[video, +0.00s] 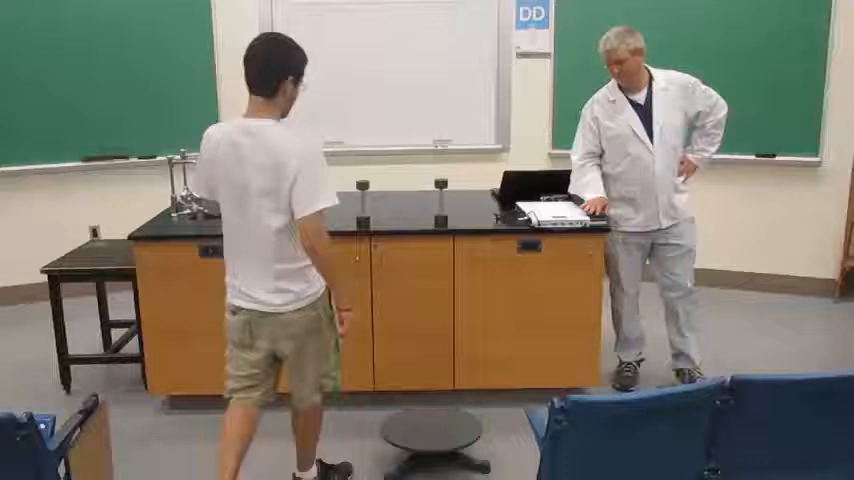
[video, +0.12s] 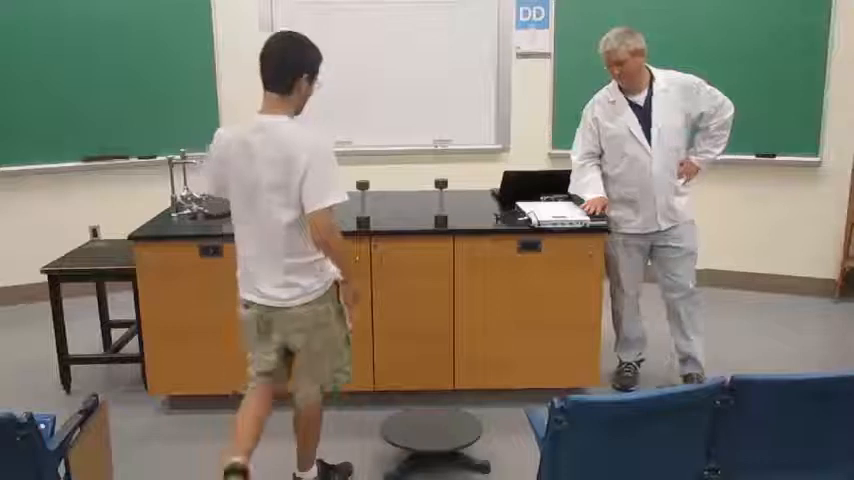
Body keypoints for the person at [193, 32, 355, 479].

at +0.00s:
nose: (299, 93)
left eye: (300, 83)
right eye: (298, 83)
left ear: (249, 79)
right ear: (287, 84)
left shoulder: (216, 138)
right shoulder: (298, 146)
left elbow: (210, 199)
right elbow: (313, 237)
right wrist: (338, 294)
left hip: (244, 300)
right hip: (298, 302)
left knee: (244, 397)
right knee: (308, 395)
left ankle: (226, 475)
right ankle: (306, 470)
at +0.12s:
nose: (313, 90)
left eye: (314, 80)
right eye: (313, 80)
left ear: (263, 77)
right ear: (302, 82)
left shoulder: (229, 140)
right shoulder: (308, 144)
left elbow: (215, 196)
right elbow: (322, 229)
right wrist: (349, 277)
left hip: (256, 292)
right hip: (307, 294)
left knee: (263, 379)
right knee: (309, 390)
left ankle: (237, 459)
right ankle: (306, 471)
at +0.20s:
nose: (313, 90)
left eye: (314, 80)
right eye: (313, 80)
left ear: (263, 76)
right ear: (301, 82)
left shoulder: (229, 138)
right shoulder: (308, 143)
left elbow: (215, 196)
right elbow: (322, 229)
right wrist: (349, 278)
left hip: (256, 292)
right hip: (307, 294)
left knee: (263, 379)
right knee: (309, 390)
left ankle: (237, 459)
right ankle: (306, 471)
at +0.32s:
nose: (335, 87)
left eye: (335, 78)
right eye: (335, 78)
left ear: (289, 74)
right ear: (325, 78)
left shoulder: (258, 128)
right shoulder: (324, 137)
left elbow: (232, 197)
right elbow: (334, 218)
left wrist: (268, 223)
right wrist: (352, 243)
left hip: (272, 275)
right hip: (315, 280)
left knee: (291, 362)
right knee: (314, 374)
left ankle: (295, 443)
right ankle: (308, 467)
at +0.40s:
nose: (335, 87)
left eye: (335, 78)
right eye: (335, 78)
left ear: (289, 74)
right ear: (325, 78)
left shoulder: (258, 128)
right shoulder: (324, 138)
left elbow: (232, 197)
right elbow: (334, 218)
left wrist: (268, 223)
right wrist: (352, 243)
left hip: (273, 275)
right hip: (315, 280)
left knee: (291, 362)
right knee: (314, 374)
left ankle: (295, 443)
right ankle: (308, 467)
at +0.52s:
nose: (343, 90)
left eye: (343, 82)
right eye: (344, 81)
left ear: (299, 76)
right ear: (334, 81)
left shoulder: (268, 129)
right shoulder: (332, 135)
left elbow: (247, 199)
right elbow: (338, 214)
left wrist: (286, 217)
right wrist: (355, 247)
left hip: (289, 270)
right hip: (329, 273)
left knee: (308, 352)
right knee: (323, 371)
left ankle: (329, 413)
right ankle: (308, 466)